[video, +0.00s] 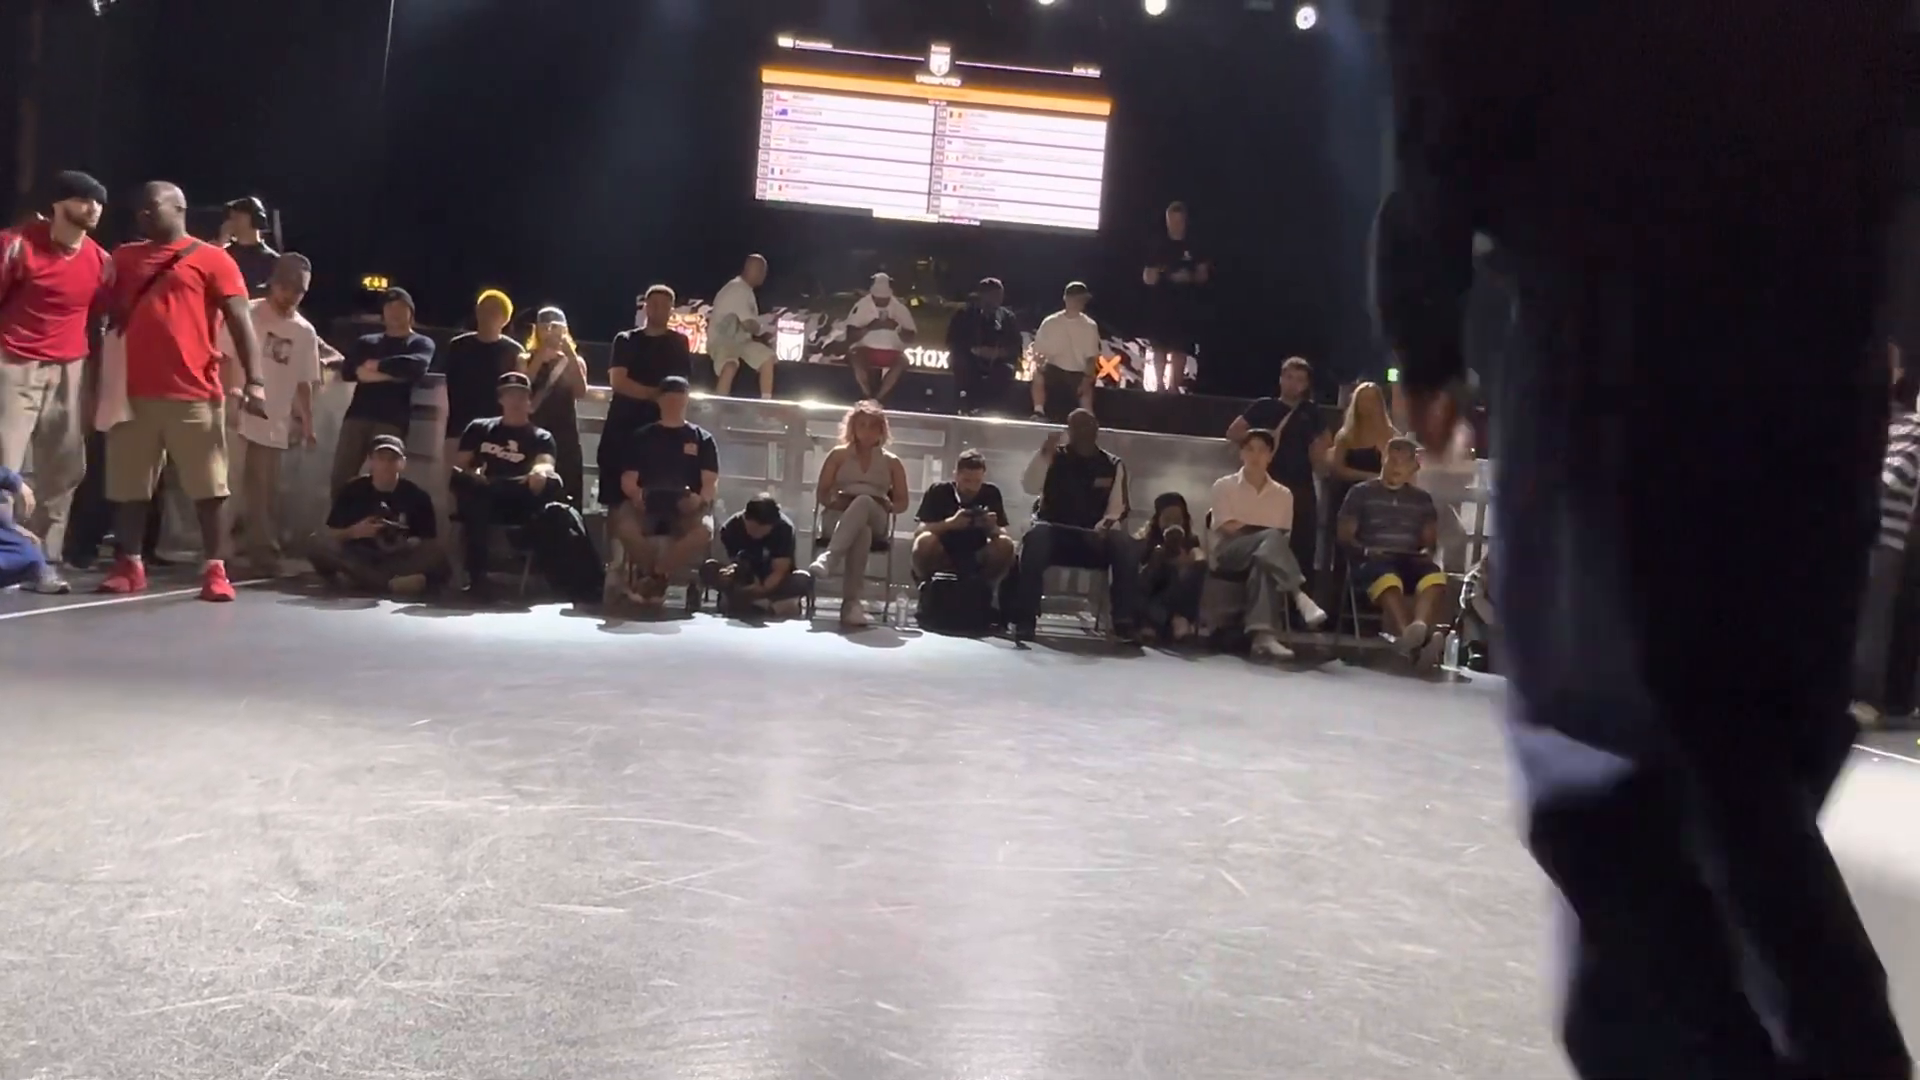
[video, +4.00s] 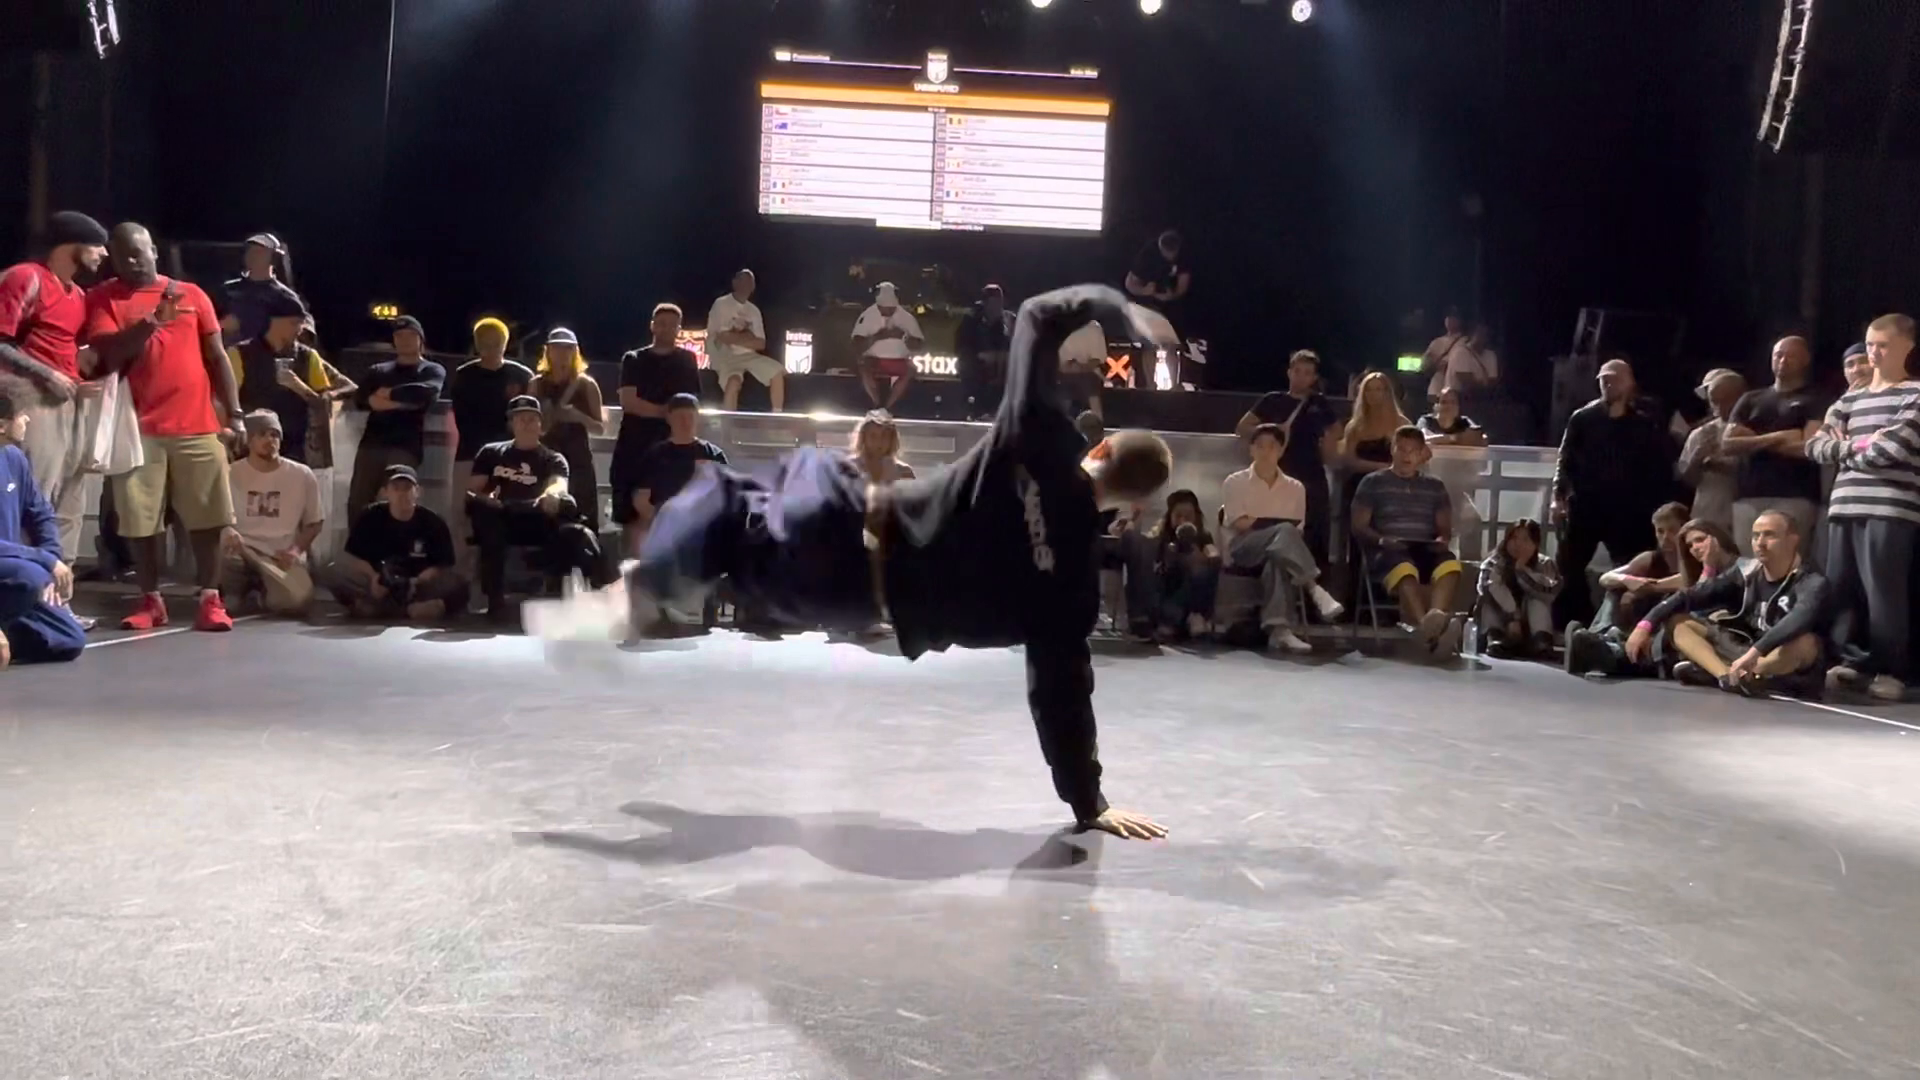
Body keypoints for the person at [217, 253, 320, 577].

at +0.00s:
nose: (292, 297)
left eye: (299, 291)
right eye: (286, 288)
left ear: (305, 291)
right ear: (271, 282)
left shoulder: (304, 331)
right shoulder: (243, 315)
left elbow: (303, 383)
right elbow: (225, 358)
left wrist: (307, 424)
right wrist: (227, 397)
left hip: (273, 423)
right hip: (235, 413)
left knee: (265, 491)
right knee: (229, 484)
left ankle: (264, 550)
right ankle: (219, 547)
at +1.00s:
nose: (232, 438)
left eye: (238, 430)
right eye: (225, 430)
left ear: (248, 428)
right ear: (216, 426)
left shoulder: (263, 452)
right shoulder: (196, 446)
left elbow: (269, 488)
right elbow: (185, 482)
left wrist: (254, 514)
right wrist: (199, 515)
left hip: (241, 520)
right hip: (204, 518)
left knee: (267, 544)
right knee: (189, 538)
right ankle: (187, 591)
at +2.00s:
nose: (222, 451)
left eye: (227, 446)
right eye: (214, 446)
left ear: (235, 453)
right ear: (202, 456)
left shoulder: (263, 487)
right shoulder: (191, 491)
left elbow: (281, 535)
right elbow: (186, 532)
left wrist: (266, 565)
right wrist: (194, 548)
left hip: (252, 569)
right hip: (212, 564)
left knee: (266, 619)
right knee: (191, 557)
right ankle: (206, 613)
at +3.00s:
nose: (259, 454)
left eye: (265, 449)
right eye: (252, 449)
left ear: (270, 454)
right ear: (238, 454)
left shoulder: (292, 488)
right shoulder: (224, 487)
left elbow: (306, 535)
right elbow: (212, 527)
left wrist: (281, 565)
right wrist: (222, 550)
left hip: (272, 568)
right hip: (234, 563)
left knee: (280, 616)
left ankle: (253, 605)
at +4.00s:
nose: (270, 440)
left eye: (275, 434)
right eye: (263, 434)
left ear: (280, 439)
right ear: (249, 439)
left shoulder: (302, 475)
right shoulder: (231, 473)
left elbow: (314, 521)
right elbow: (219, 507)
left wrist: (296, 550)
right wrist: (227, 529)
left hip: (282, 555)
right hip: (242, 550)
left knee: (296, 600)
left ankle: (258, 595)